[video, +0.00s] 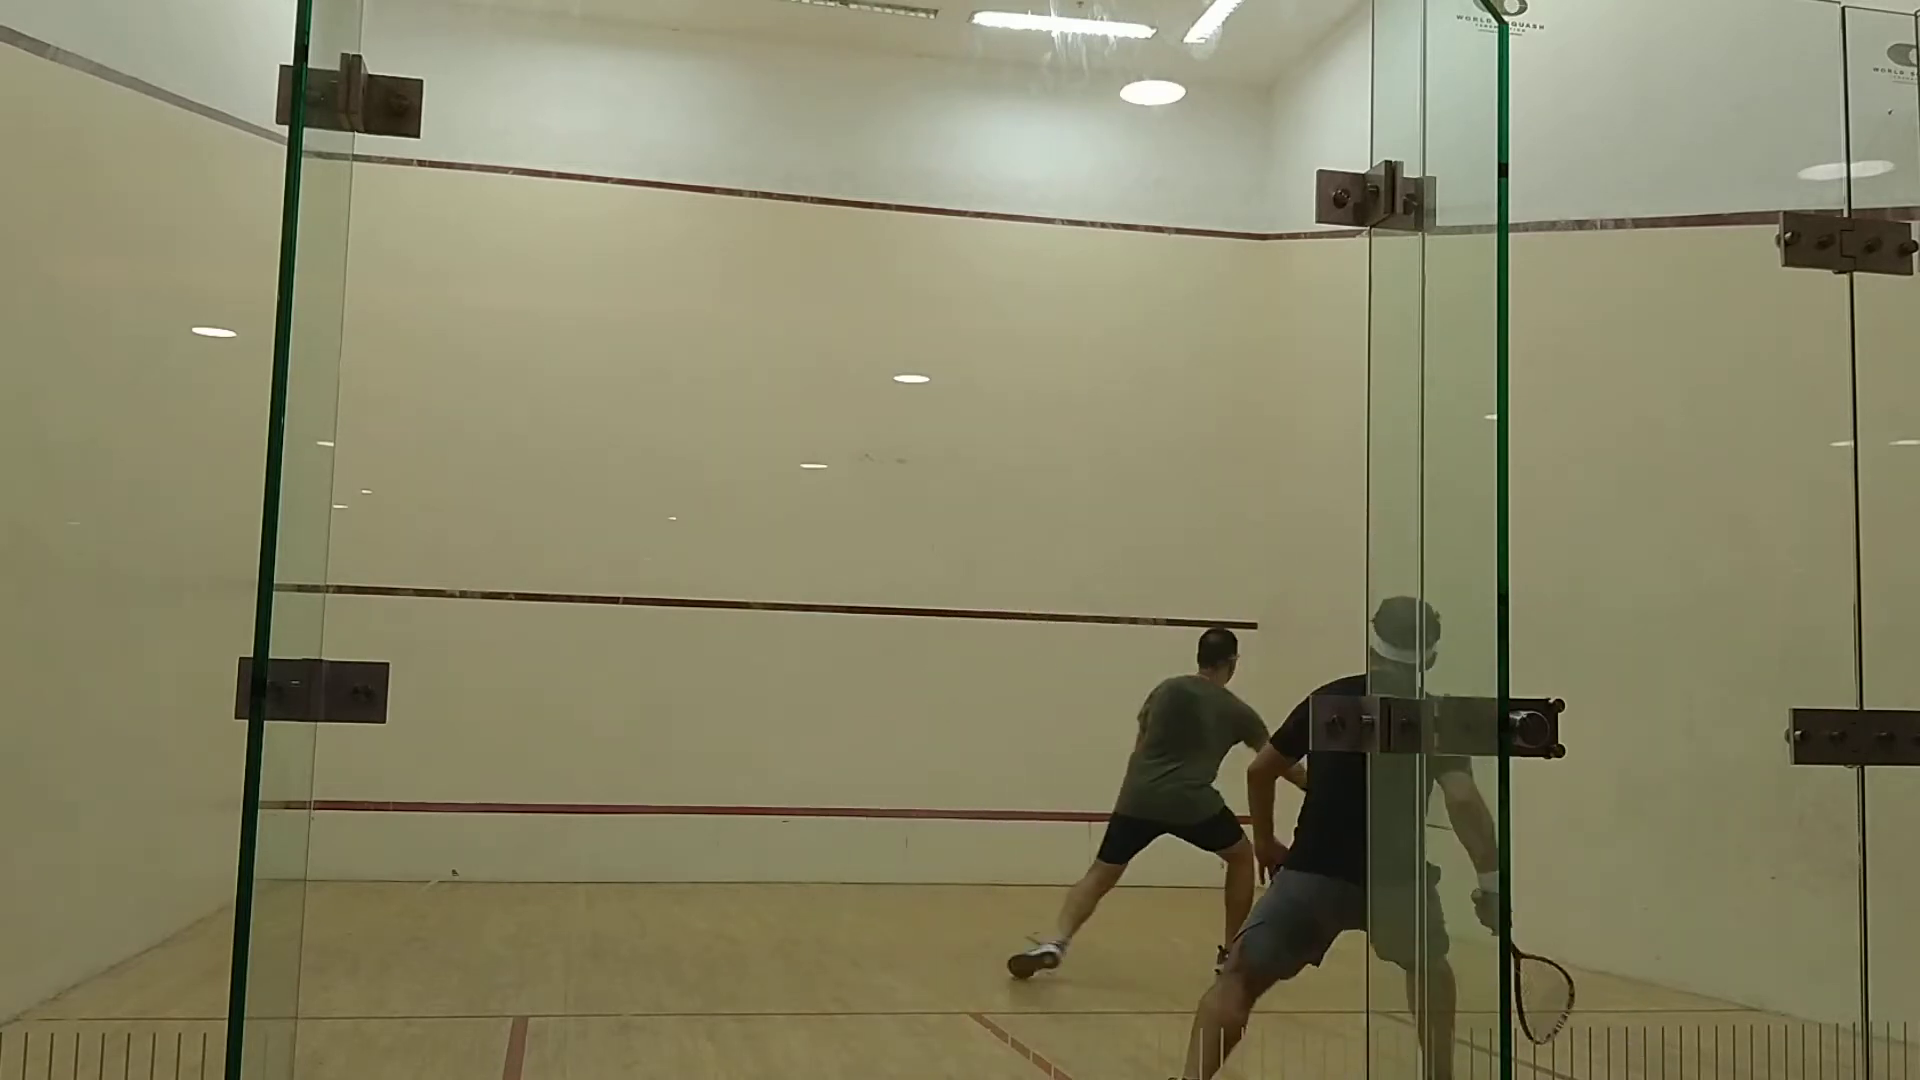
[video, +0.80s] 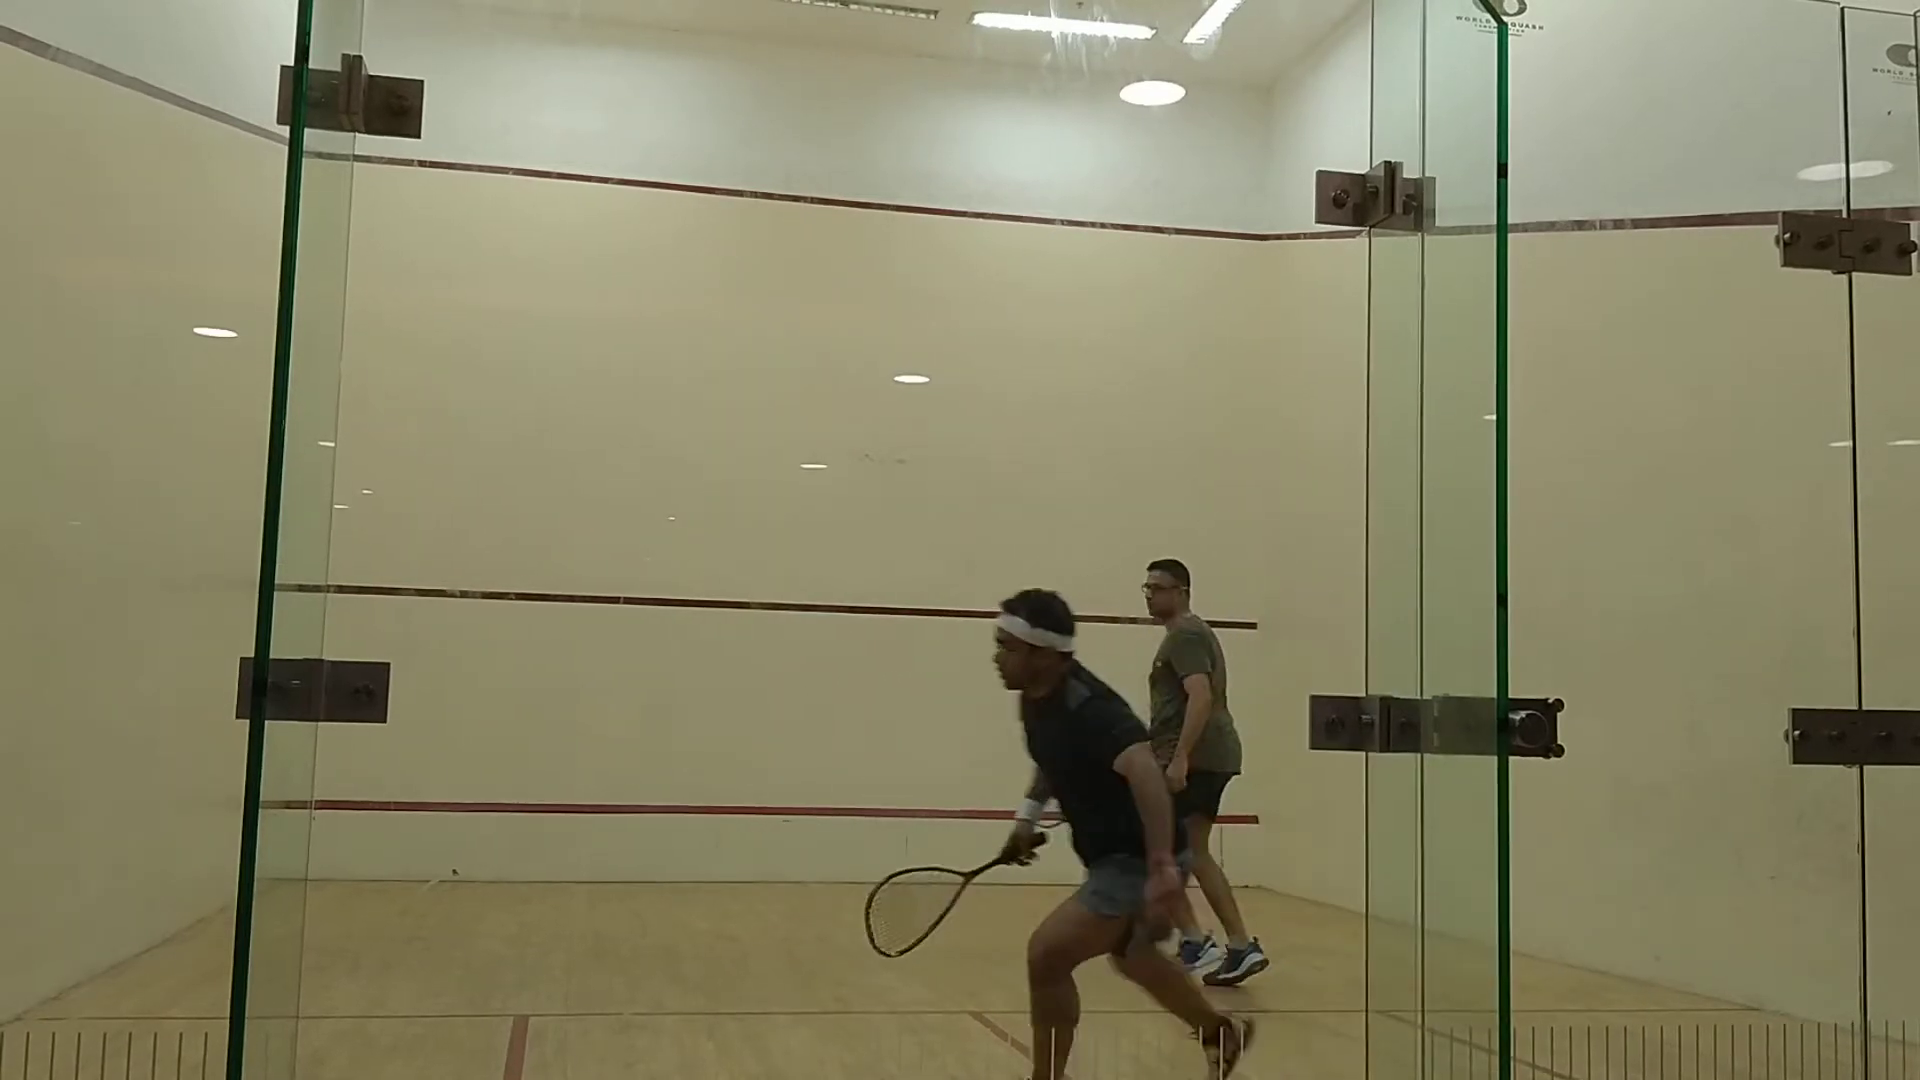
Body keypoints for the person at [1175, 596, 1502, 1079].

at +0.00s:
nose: (1429, 653)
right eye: (1429, 646)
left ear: (1377, 641)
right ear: (1431, 651)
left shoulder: (1330, 699)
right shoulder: (1434, 713)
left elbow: (1260, 772)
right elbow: (1463, 799)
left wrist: (1265, 840)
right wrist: (1491, 883)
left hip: (1316, 870)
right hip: (1397, 877)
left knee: (1241, 976)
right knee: (1432, 970)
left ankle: (1196, 1073)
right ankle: (1439, 1074)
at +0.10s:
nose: (1426, 649)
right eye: (1428, 641)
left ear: (1376, 636)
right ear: (1431, 646)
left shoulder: (1331, 691)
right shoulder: (1437, 707)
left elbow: (1258, 757)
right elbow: (1465, 782)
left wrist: (1247, 828)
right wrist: (1492, 860)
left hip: (1319, 859)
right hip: (1401, 863)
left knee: (1248, 973)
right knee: (1447, 955)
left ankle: (1198, 1073)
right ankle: (1461, 1070)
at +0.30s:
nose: (1371, 674)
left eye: (1371, 665)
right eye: (1384, 668)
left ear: (1366, 666)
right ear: (1415, 671)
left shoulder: (1331, 718)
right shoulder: (1440, 732)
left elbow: (1243, 757)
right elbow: (1498, 826)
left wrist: (1172, 811)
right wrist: (1499, 904)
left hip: (1331, 874)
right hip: (1416, 881)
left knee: (1250, 937)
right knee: (1476, 982)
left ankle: (1213, 1055)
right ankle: (1539, 1073)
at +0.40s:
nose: (1300, 645)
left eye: (1304, 638)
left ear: (1308, 645)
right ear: (1362, 651)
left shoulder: (1278, 691)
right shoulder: (1381, 707)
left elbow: (1214, 736)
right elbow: (1440, 797)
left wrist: (1165, 808)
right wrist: (1416, 860)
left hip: (1307, 874)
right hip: (1383, 872)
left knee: (1217, 928)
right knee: (1431, 974)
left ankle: (1232, 1067)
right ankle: (1524, 1069)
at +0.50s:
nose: (1221, 635)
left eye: (1224, 628)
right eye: (1225, 628)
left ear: (1234, 634)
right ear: (1284, 635)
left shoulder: (1220, 678)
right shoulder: (1320, 685)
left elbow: (1169, 742)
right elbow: (1389, 747)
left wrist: (1132, 818)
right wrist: (1358, 807)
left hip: (1283, 850)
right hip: (1350, 848)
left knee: (1181, 923)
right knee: (1303, 943)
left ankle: (1213, 1065)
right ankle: (1404, 1038)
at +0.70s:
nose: (1073, 670)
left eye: (1081, 661)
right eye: (1076, 660)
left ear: (1112, 668)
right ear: (1119, 667)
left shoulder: (1137, 716)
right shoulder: (1156, 702)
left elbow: (1162, 784)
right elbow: (1166, 786)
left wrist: (1181, 864)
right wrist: (1116, 829)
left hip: (1209, 877)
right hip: (1232, 874)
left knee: (1081, 922)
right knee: (1192, 960)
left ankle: (1099, 1069)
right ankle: (1268, 1058)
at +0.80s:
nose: (1149, 595)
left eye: (1157, 589)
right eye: (1148, 588)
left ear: (1180, 593)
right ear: (1170, 595)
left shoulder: (1184, 634)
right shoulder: (1195, 631)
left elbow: (1200, 697)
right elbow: (1209, 698)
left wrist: (1181, 755)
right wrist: (1170, 745)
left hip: (1193, 758)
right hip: (1213, 757)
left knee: (1165, 851)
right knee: (1197, 853)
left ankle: (1193, 942)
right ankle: (1242, 946)